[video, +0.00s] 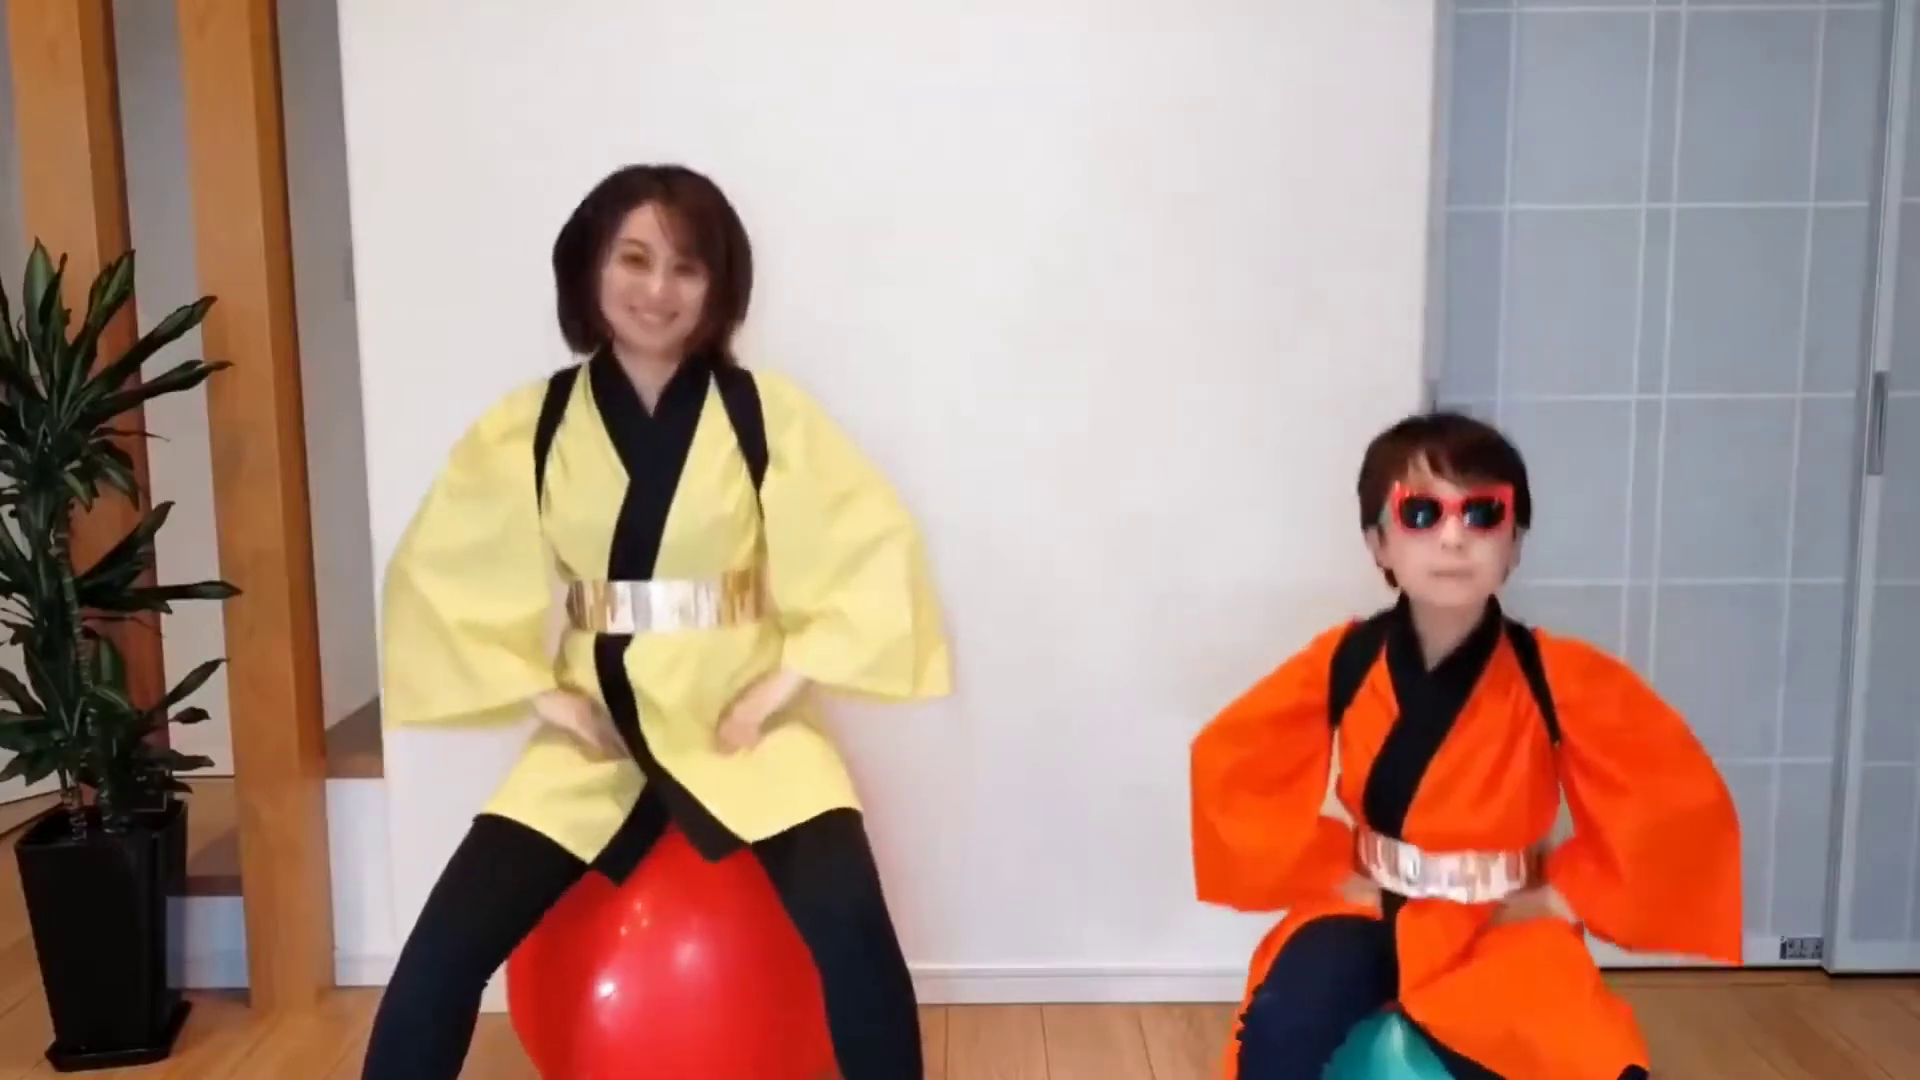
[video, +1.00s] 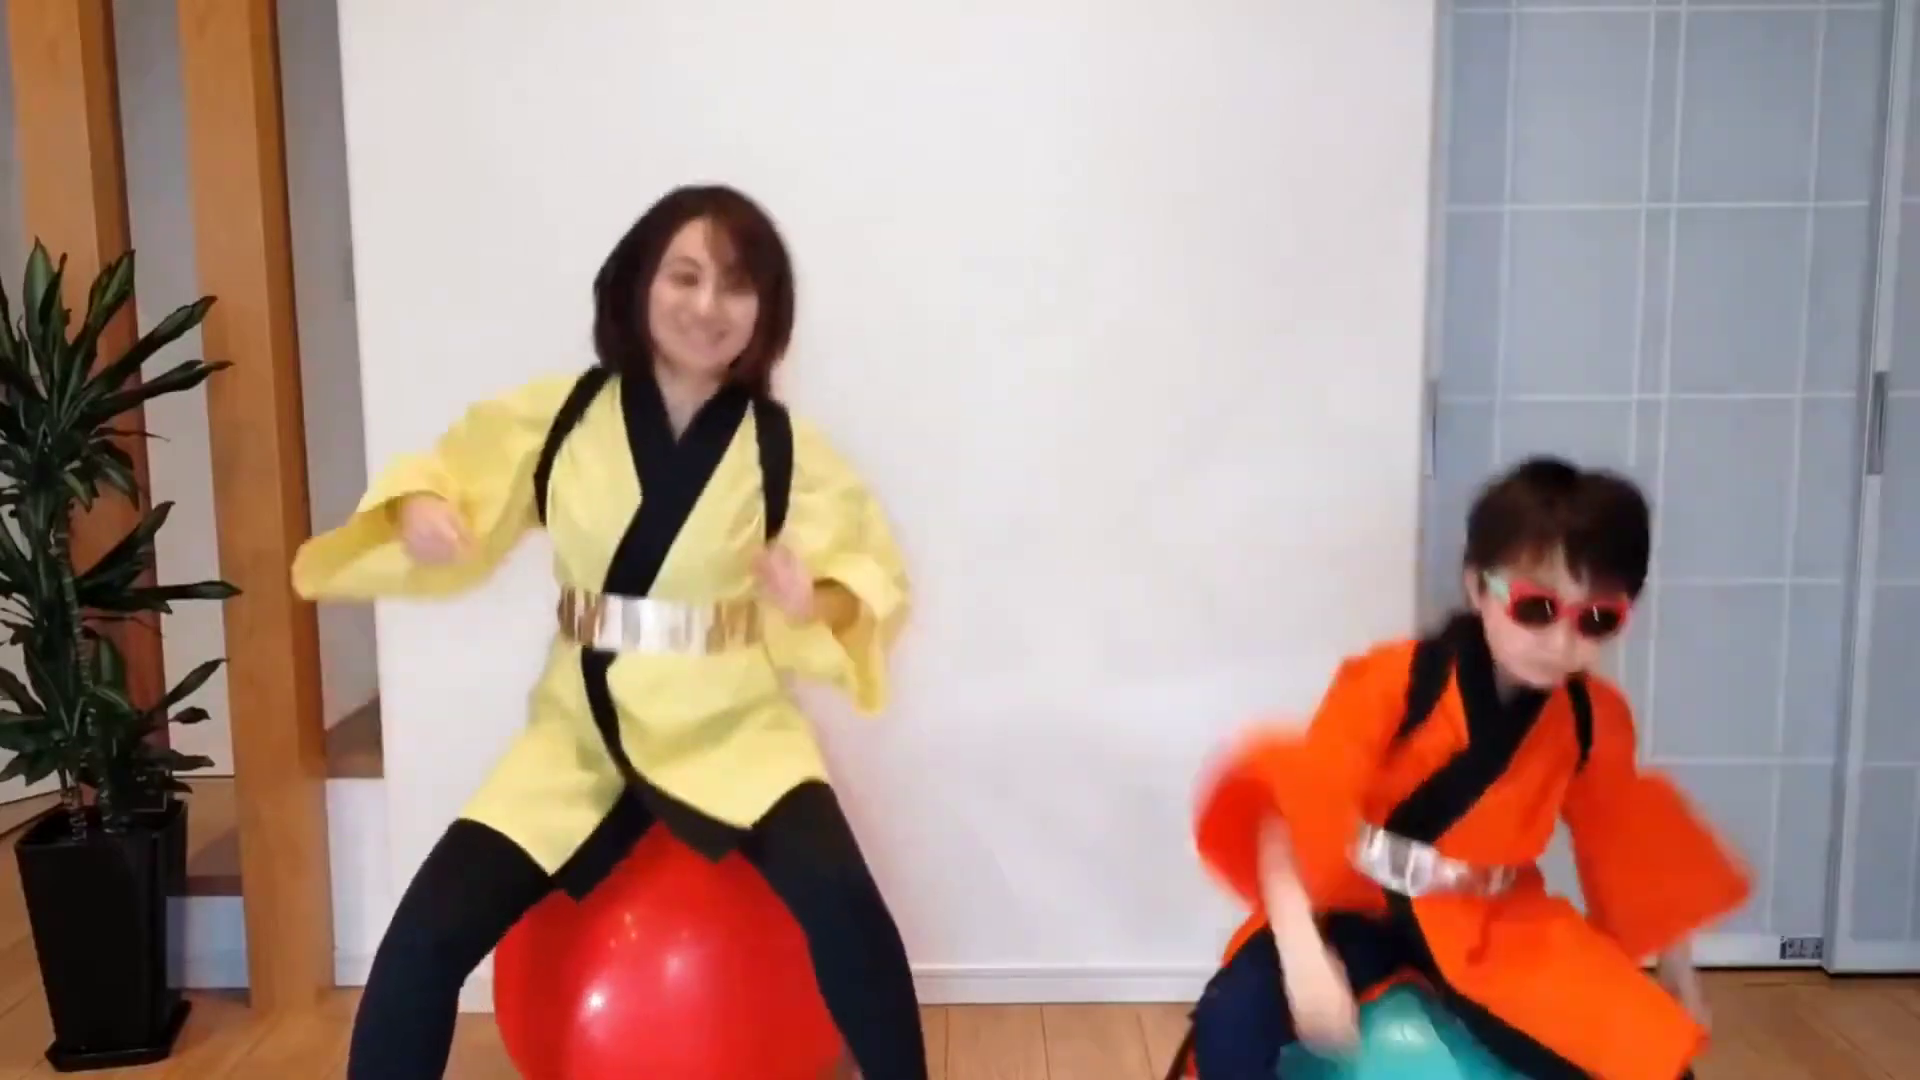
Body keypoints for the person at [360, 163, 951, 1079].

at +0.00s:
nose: (657, 288)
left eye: (686, 267)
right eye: (633, 259)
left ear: (718, 287)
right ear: (590, 272)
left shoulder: (766, 414)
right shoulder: (530, 425)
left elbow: (879, 553)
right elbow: (433, 572)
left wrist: (787, 679)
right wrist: (537, 689)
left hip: (755, 730)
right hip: (588, 739)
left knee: (855, 932)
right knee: (440, 955)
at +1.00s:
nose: (708, 306)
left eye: (736, 285)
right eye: (684, 277)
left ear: (766, 312)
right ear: (639, 289)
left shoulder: (783, 446)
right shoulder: (564, 411)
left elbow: (870, 580)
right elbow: (441, 474)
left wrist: (812, 600)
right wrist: (421, 507)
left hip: (734, 732)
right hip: (581, 736)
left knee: (846, 907)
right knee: (425, 937)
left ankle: (900, 1074)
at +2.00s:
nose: (620, 361)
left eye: (635, 332)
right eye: (586, 344)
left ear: (669, 340)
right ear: (545, 372)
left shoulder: (746, 453)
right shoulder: (541, 505)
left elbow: (894, 536)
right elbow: (567, 643)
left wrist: (899, 669)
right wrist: (533, 734)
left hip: (775, 767)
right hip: (631, 783)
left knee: (871, 955)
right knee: (484, 905)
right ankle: (513, 1078)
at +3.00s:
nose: (738, 345)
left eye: (774, 331)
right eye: (723, 313)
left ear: (803, 365)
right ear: (683, 320)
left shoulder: (802, 497)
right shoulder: (585, 443)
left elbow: (837, 626)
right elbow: (461, 538)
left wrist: (843, 714)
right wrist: (417, 630)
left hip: (737, 769)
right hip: (585, 770)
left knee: (837, 899)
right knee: (405, 947)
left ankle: (852, 1069)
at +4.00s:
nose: (643, 345)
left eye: (658, 316)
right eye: (608, 328)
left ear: (689, 330)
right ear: (567, 361)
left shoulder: (761, 457)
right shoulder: (559, 499)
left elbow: (905, 543)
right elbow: (552, 650)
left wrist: (863, 670)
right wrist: (480, 747)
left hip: (787, 771)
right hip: (652, 784)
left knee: (866, 950)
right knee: (499, 914)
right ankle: (560, 1076)